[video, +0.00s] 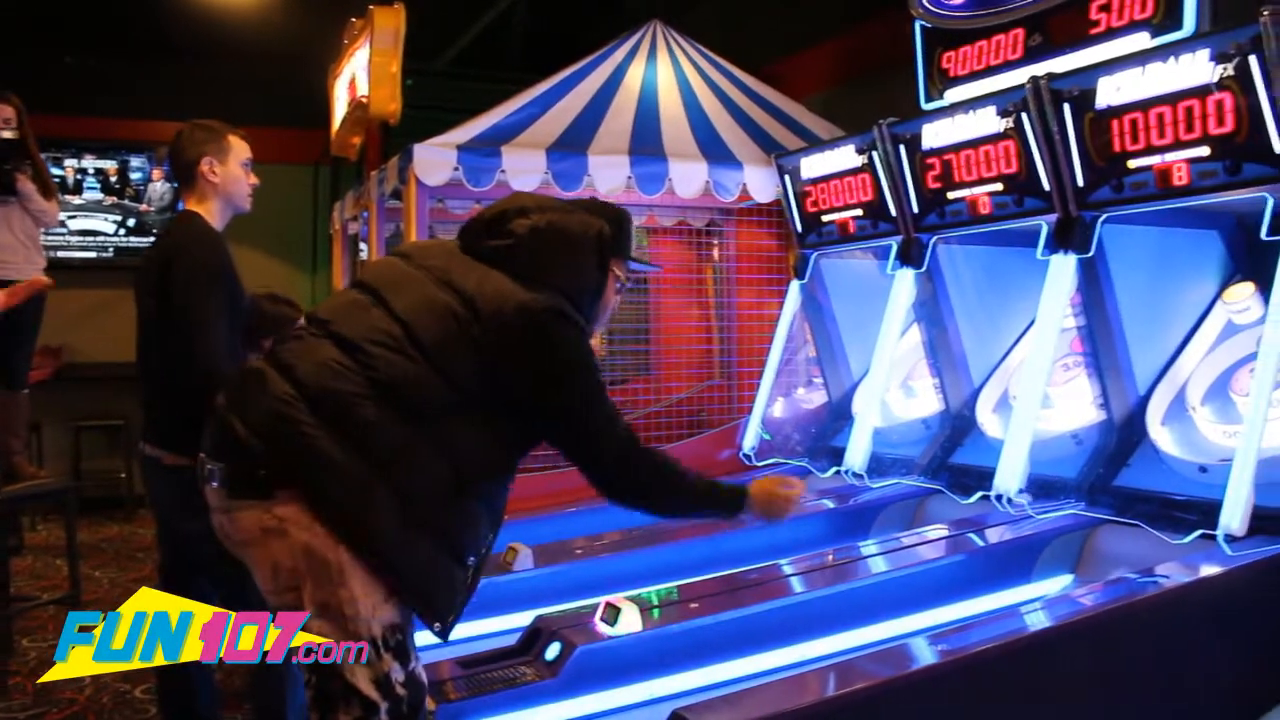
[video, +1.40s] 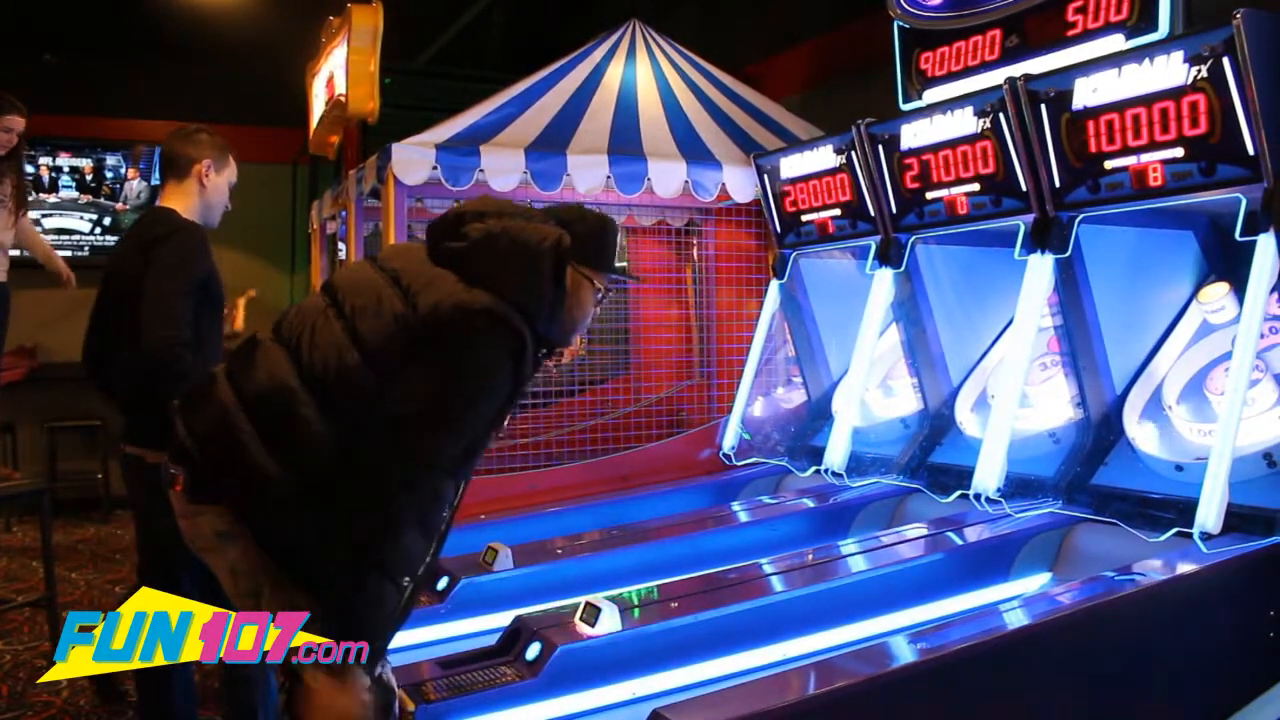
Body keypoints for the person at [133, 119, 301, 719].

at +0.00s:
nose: (254, 178)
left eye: (252, 167)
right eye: (245, 166)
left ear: (204, 172)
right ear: (210, 170)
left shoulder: (174, 241)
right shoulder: (201, 248)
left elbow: (185, 350)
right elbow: (215, 360)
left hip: (165, 447)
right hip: (193, 458)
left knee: (185, 585)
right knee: (221, 589)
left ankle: (185, 698)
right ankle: (191, 698)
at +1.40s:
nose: (230, 199)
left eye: (232, 187)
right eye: (230, 185)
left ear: (181, 172)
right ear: (204, 174)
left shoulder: (141, 235)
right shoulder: (182, 241)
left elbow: (100, 350)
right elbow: (172, 351)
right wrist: (187, 446)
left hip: (142, 452)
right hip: (175, 458)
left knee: (165, 593)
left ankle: (166, 704)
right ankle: (254, 707)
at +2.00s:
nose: (234, 187)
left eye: (234, 173)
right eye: (230, 173)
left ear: (186, 173)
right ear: (199, 172)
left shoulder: (149, 239)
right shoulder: (177, 243)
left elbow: (96, 356)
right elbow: (140, 352)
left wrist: (120, 456)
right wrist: (156, 456)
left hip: (159, 462)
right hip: (184, 462)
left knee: (172, 608)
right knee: (197, 610)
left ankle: (168, 706)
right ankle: (179, 707)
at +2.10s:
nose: (230, 188)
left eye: (229, 173)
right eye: (225, 173)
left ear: (180, 173)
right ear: (193, 172)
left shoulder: (146, 239)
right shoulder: (173, 241)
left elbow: (96, 357)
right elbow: (141, 355)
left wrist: (143, 450)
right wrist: (174, 454)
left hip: (156, 459)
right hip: (179, 462)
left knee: (171, 609)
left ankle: (165, 706)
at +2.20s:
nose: (224, 188)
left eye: (223, 174)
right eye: (219, 174)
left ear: (174, 175)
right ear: (188, 172)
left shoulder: (142, 239)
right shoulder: (169, 243)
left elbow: (92, 358)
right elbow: (142, 357)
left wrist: (142, 443)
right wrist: (185, 450)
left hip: (150, 457)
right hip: (174, 461)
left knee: (164, 605)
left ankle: (158, 704)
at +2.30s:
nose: (219, 188)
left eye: (218, 173)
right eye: (215, 173)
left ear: (167, 174)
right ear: (183, 172)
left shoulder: (132, 241)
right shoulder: (167, 242)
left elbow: (84, 356)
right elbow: (142, 355)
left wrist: (133, 433)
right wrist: (183, 446)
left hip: (141, 459)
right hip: (170, 462)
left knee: (157, 608)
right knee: (185, 609)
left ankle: (153, 705)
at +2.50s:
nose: (212, 189)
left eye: (210, 175)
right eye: (208, 175)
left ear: (160, 176)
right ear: (180, 174)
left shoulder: (125, 242)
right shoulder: (165, 244)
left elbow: (66, 355)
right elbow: (137, 357)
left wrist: (122, 439)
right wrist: (169, 452)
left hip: (132, 463)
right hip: (165, 464)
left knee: (148, 615)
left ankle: (146, 707)